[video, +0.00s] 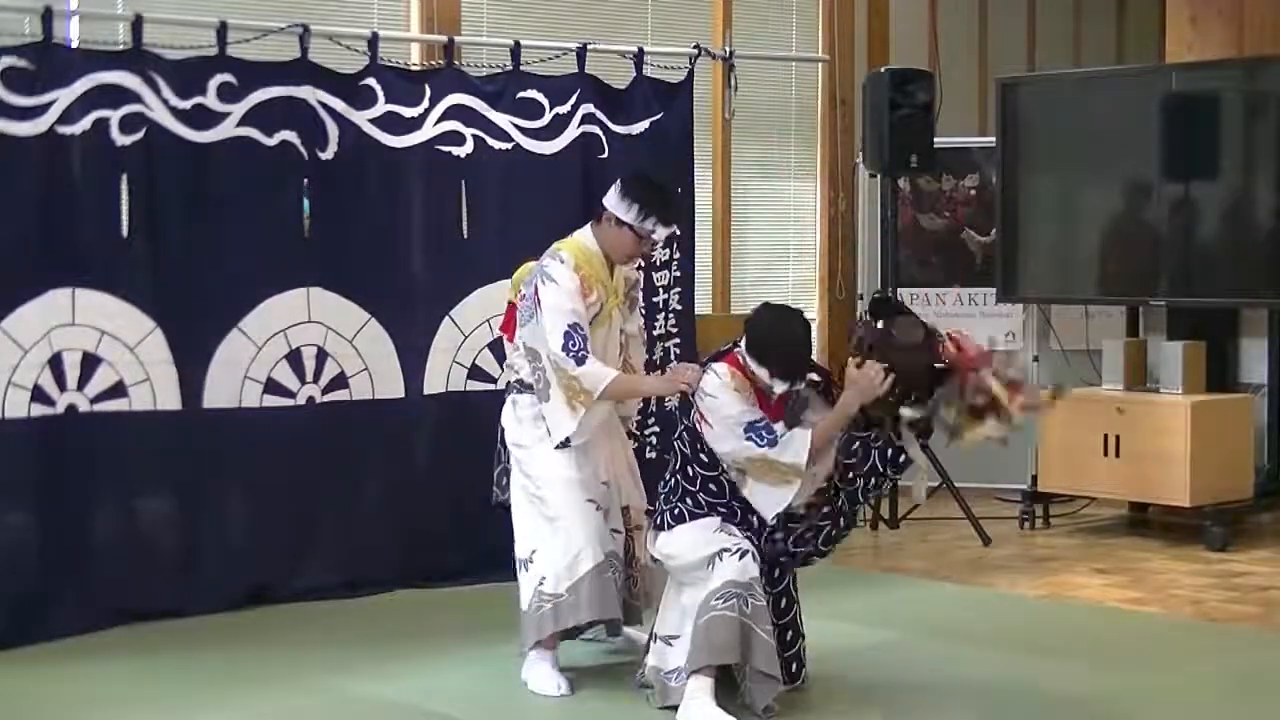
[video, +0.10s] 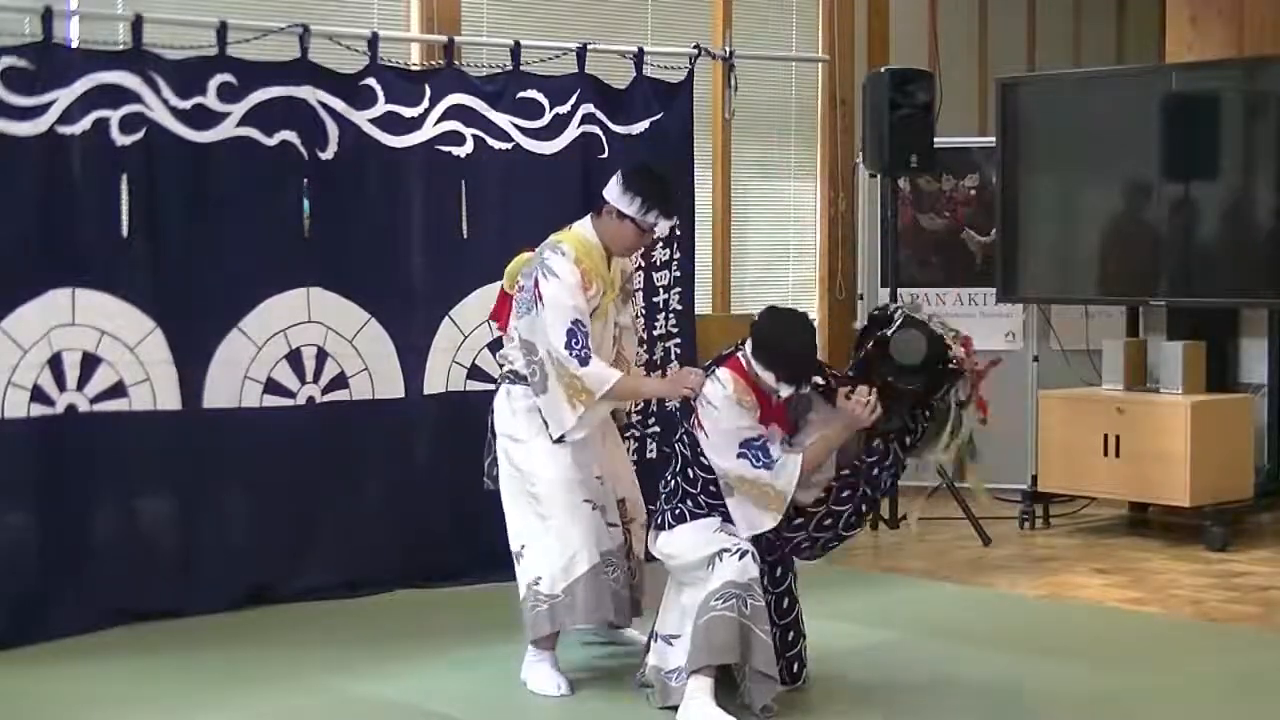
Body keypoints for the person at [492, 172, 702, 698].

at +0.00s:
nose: (647, 251)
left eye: (653, 242)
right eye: (643, 238)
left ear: (632, 231)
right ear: (614, 221)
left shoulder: (625, 274)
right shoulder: (562, 269)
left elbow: (629, 356)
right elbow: (577, 365)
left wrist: (654, 383)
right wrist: (656, 384)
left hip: (597, 414)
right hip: (543, 419)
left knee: (618, 518)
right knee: (568, 530)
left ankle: (600, 621)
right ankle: (541, 651)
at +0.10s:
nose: (649, 244)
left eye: (655, 235)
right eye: (647, 232)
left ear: (622, 219)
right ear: (618, 216)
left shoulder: (618, 264)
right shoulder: (561, 263)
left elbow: (624, 349)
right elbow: (580, 365)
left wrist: (653, 385)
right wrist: (660, 387)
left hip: (584, 408)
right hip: (533, 413)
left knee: (620, 510)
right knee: (559, 527)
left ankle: (606, 616)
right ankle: (541, 652)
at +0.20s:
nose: (650, 241)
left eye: (656, 231)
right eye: (646, 227)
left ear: (622, 213)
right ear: (615, 208)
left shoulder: (610, 261)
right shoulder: (562, 260)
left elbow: (607, 350)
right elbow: (578, 364)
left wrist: (628, 391)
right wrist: (658, 387)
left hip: (575, 408)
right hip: (525, 411)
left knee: (617, 510)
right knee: (554, 525)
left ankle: (602, 623)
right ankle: (541, 653)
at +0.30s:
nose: (652, 238)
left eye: (658, 227)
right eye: (652, 224)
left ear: (628, 208)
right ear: (624, 205)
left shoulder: (602, 254)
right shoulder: (566, 254)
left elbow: (594, 352)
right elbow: (581, 360)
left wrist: (628, 391)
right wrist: (659, 387)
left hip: (570, 409)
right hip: (522, 411)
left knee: (625, 511)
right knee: (545, 522)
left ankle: (617, 628)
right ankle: (540, 654)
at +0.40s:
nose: (656, 234)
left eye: (663, 225)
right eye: (657, 221)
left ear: (632, 204)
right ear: (630, 202)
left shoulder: (603, 250)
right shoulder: (569, 252)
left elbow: (594, 349)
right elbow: (581, 357)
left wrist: (626, 387)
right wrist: (659, 384)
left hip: (571, 406)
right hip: (530, 409)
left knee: (618, 507)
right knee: (547, 522)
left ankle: (628, 635)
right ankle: (539, 655)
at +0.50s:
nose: (666, 235)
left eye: (673, 226)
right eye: (668, 222)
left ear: (642, 202)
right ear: (642, 200)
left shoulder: (614, 249)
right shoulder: (577, 246)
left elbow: (598, 348)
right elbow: (583, 353)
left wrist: (625, 391)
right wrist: (663, 382)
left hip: (574, 404)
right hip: (533, 403)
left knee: (618, 507)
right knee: (551, 519)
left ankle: (630, 640)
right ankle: (539, 658)